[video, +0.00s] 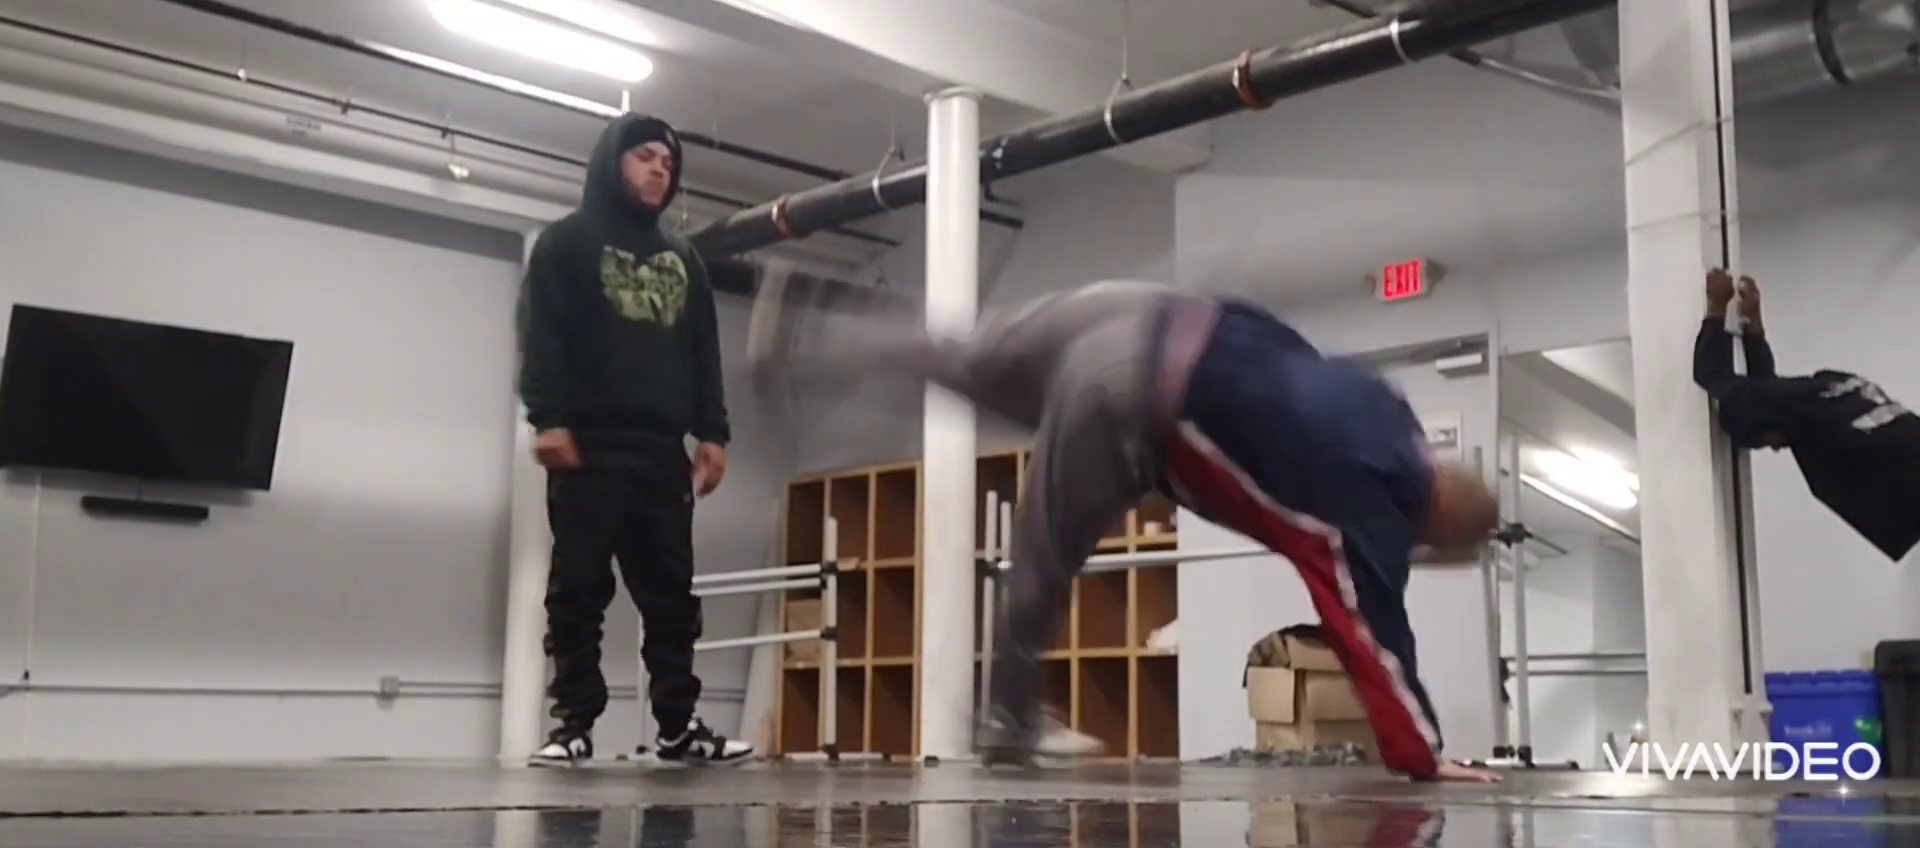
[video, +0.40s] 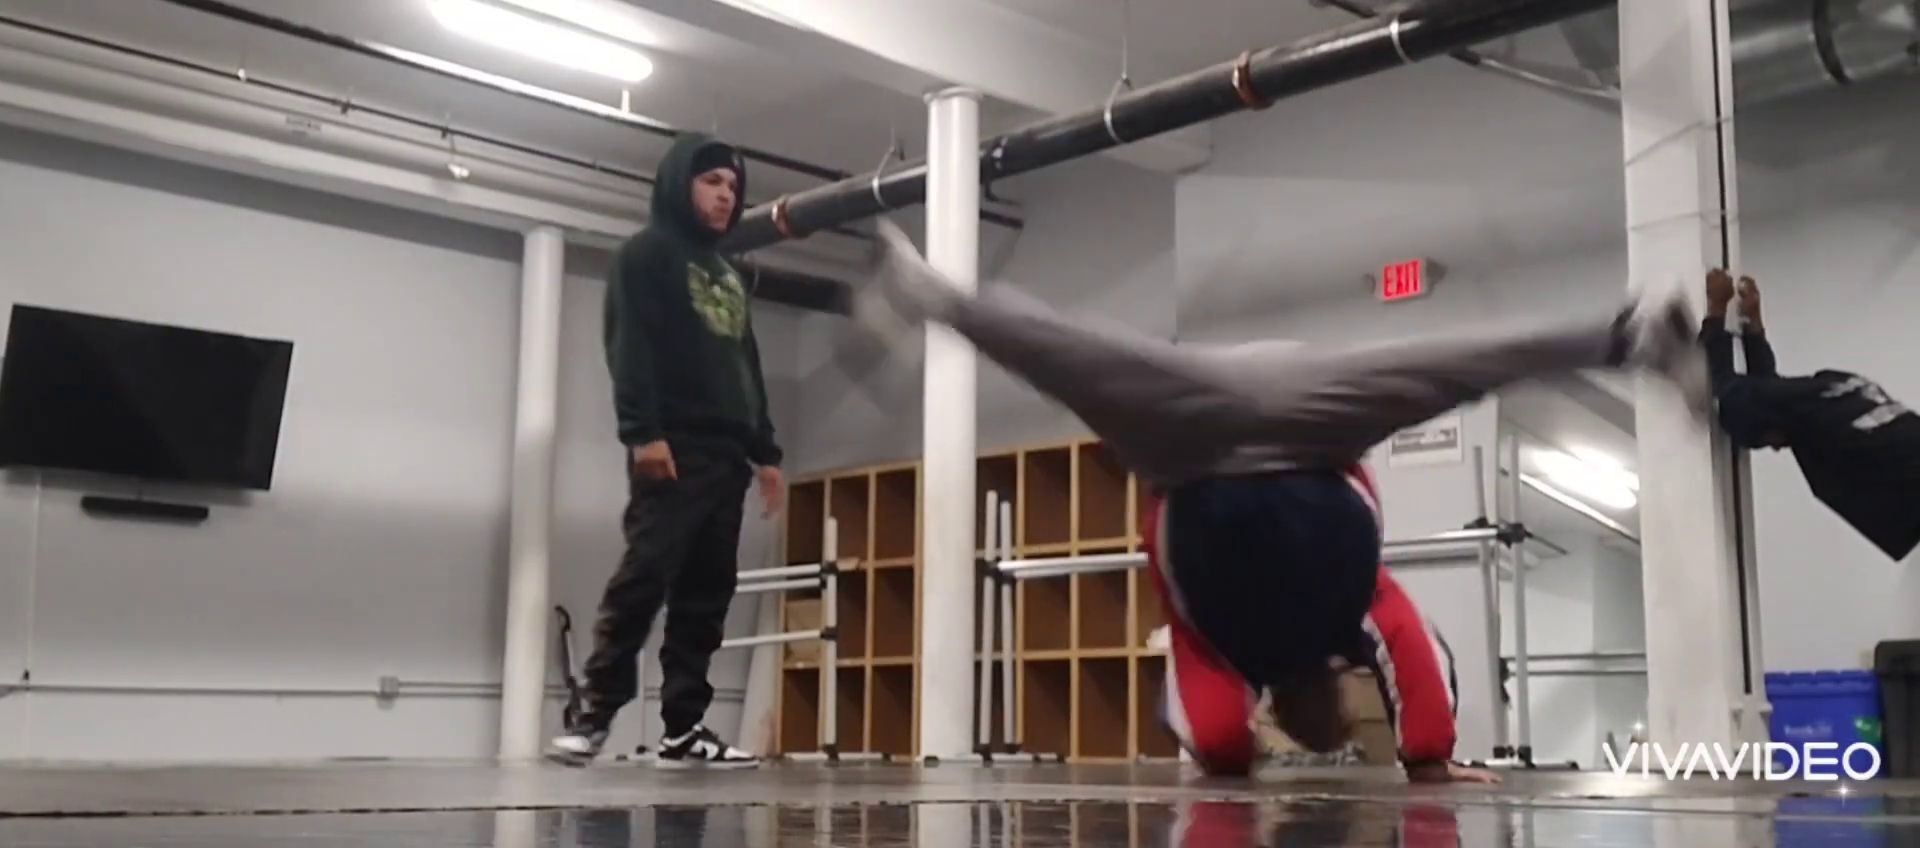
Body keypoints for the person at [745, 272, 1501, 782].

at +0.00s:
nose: (1444, 553)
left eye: (1453, 544)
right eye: (1456, 545)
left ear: (1447, 461)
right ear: (1447, 521)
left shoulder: (1379, 400)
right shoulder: (1372, 511)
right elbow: (1374, 638)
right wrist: (1425, 758)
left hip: (1147, 310)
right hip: (1131, 399)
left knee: (968, 352)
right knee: (1044, 563)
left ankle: (800, 329)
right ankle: (1009, 723)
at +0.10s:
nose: (1421, 620)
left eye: (1430, 619)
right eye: (1437, 623)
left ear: (1435, 566)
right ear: (1450, 582)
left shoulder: (1375, 490)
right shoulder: (1420, 522)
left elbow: (1291, 572)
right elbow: (1387, 638)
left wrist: (1259, 676)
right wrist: (1424, 754)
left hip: (1213, 323)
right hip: (1210, 396)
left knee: (1032, 280)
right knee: (1036, 515)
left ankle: (921, 150)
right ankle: (881, 582)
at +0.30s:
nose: (1366, 721)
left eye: (1361, 717)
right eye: (1366, 717)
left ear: (1316, 673)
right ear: (1378, 663)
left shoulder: (1239, 605)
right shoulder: (1381, 576)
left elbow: (1174, 685)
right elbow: (1419, 651)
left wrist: (1214, 765)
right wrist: (1429, 759)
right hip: (1318, 415)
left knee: (1101, 334)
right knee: (1131, 346)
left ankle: (956, 181)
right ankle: (954, 182)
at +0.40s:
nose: (1318, 735)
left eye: (1315, 731)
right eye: (1317, 731)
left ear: (1255, 674)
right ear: (1346, 654)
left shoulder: (1214, 655)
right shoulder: (1383, 610)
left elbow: (1223, 758)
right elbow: (1430, 745)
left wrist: (1250, 767)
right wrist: (1415, 766)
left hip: (1180, 434)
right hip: (1319, 412)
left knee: (1058, 348)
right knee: (1460, 361)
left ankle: (934, 292)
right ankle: (1626, 336)